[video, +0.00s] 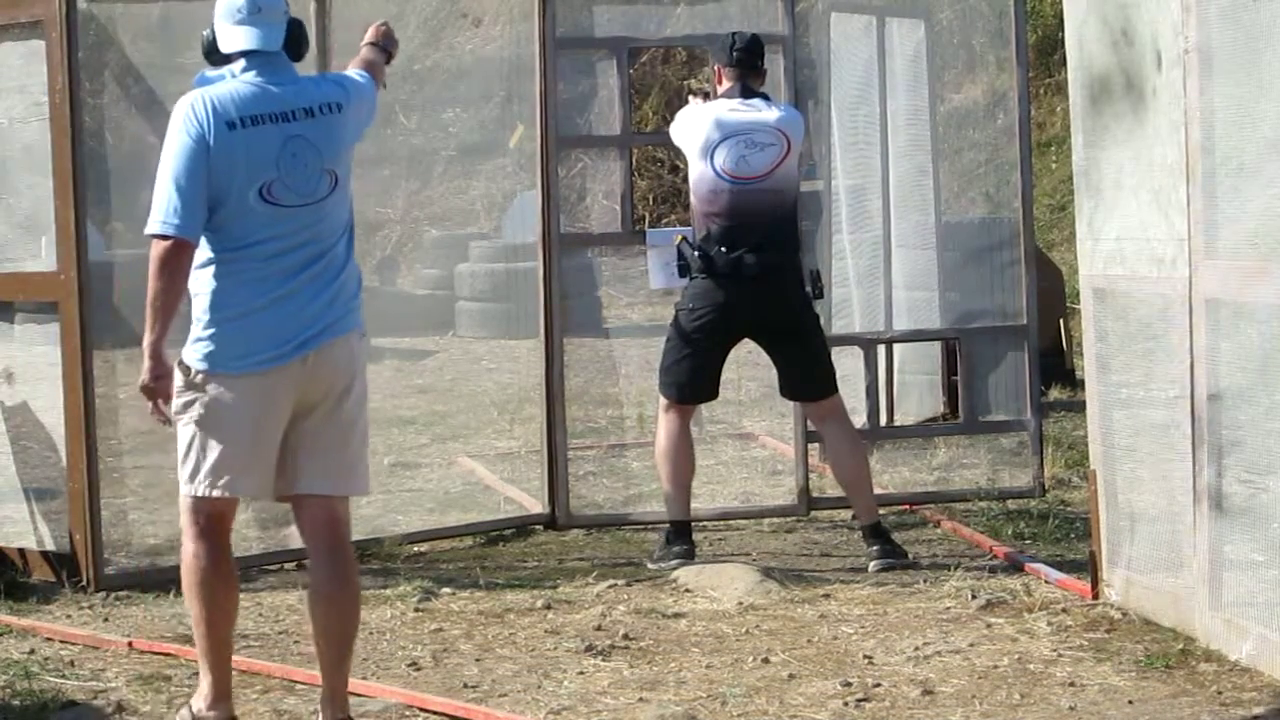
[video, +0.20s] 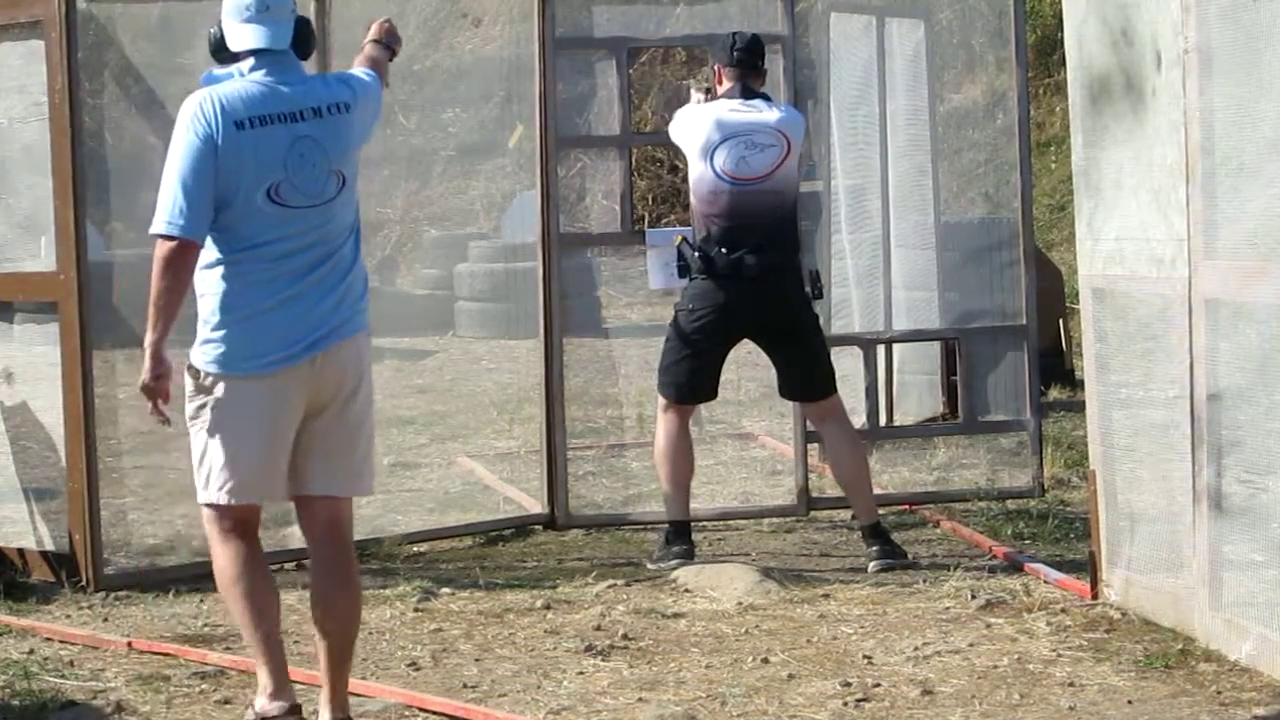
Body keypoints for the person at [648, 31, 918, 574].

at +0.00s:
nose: (716, 81)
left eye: (715, 74)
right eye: (728, 74)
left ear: (720, 77)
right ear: (763, 76)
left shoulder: (693, 121)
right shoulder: (793, 121)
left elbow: (688, 120)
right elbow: (759, 123)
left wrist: (712, 99)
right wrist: (732, 96)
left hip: (713, 294)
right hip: (783, 294)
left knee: (675, 409)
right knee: (830, 414)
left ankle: (678, 539)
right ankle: (877, 538)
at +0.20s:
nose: (716, 82)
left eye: (714, 75)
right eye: (731, 74)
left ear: (719, 78)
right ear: (763, 77)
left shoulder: (692, 123)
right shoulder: (794, 121)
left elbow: (684, 118)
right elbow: (760, 119)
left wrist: (706, 98)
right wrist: (732, 95)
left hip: (713, 295)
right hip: (783, 295)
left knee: (674, 409)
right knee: (829, 414)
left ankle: (677, 539)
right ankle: (877, 539)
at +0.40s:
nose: (715, 83)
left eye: (713, 76)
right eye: (732, 75)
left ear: (717, 78)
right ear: (762, 76)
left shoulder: (693, 122)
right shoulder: (792, 121)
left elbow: (686, 122)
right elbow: (760, 125)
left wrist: (708, 100)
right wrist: (731, 97)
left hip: (711, 296)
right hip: (782, 295)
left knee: (673, 409)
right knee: (828, 415)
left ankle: (675, 539)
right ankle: (874, 536)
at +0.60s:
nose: (712, 82)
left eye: (711, 75)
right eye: (724, 74)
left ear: (716, 77)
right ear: (761, 76)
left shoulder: (690, 121)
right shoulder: (790, 120)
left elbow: (694, 128)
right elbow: (762, 128)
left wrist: (720, 98)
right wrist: (737, 96)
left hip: (710, 296)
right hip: (781, 295)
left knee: (673, 409)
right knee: (828, 415)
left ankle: (675, 539)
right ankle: (874, 536)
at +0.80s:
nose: (712, 81)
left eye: (711, 75)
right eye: (723, 74)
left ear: (716, 77)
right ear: (761, 76)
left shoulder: (690, 120)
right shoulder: (790, 120)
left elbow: (693, 127)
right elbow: (763, 126)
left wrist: (720, 98)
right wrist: (737, 95)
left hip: (710, 295)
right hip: (781, 294)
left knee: (672, 408)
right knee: (828, 414)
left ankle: (675, 539)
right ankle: (874, 536)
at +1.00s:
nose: (714, 83)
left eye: (712, 75)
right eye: (729, 74)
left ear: (717, 78)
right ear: (762, 76)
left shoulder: (690, 122)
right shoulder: (791, 122)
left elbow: (692, 123)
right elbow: (759, 124)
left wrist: (713, 100)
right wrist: (731, 98)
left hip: (710, 296)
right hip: (781, 294)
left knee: (673, 408)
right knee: (828, 414)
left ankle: (675, 538)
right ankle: (875, 536)